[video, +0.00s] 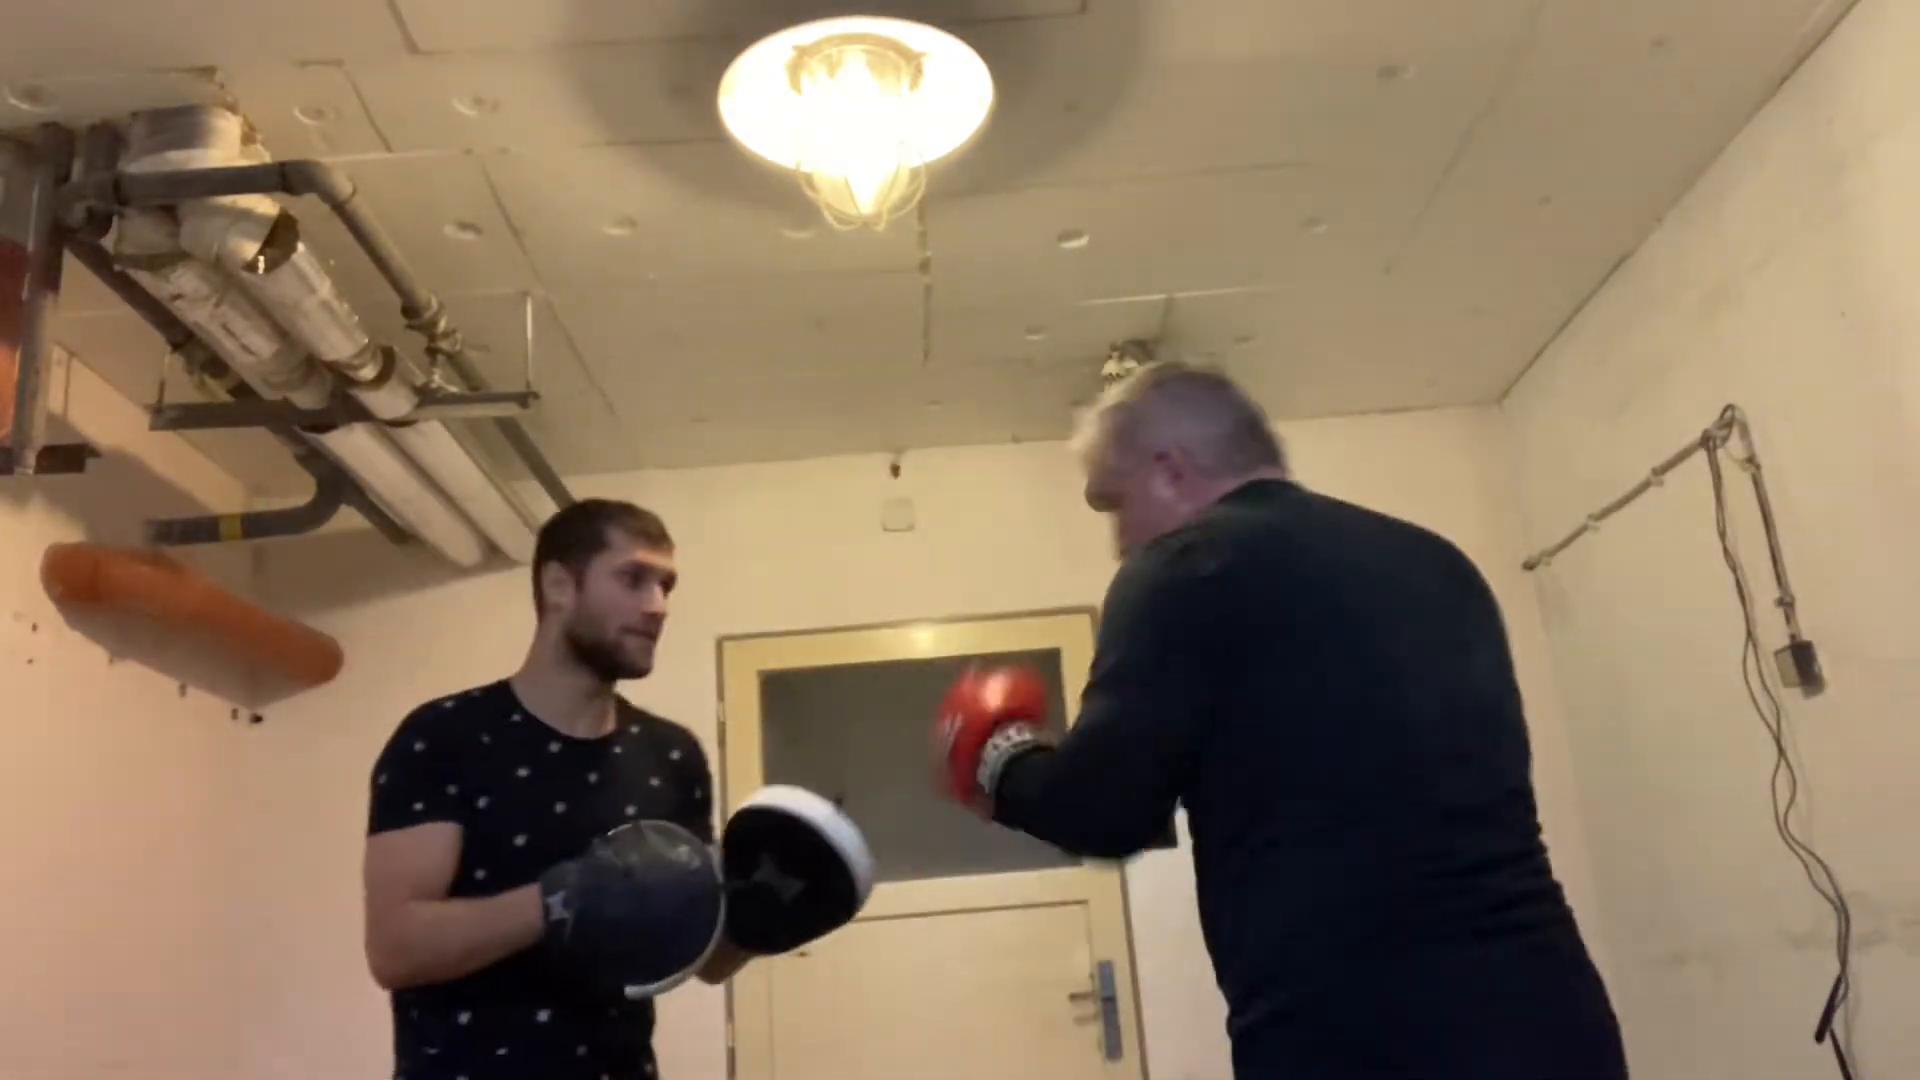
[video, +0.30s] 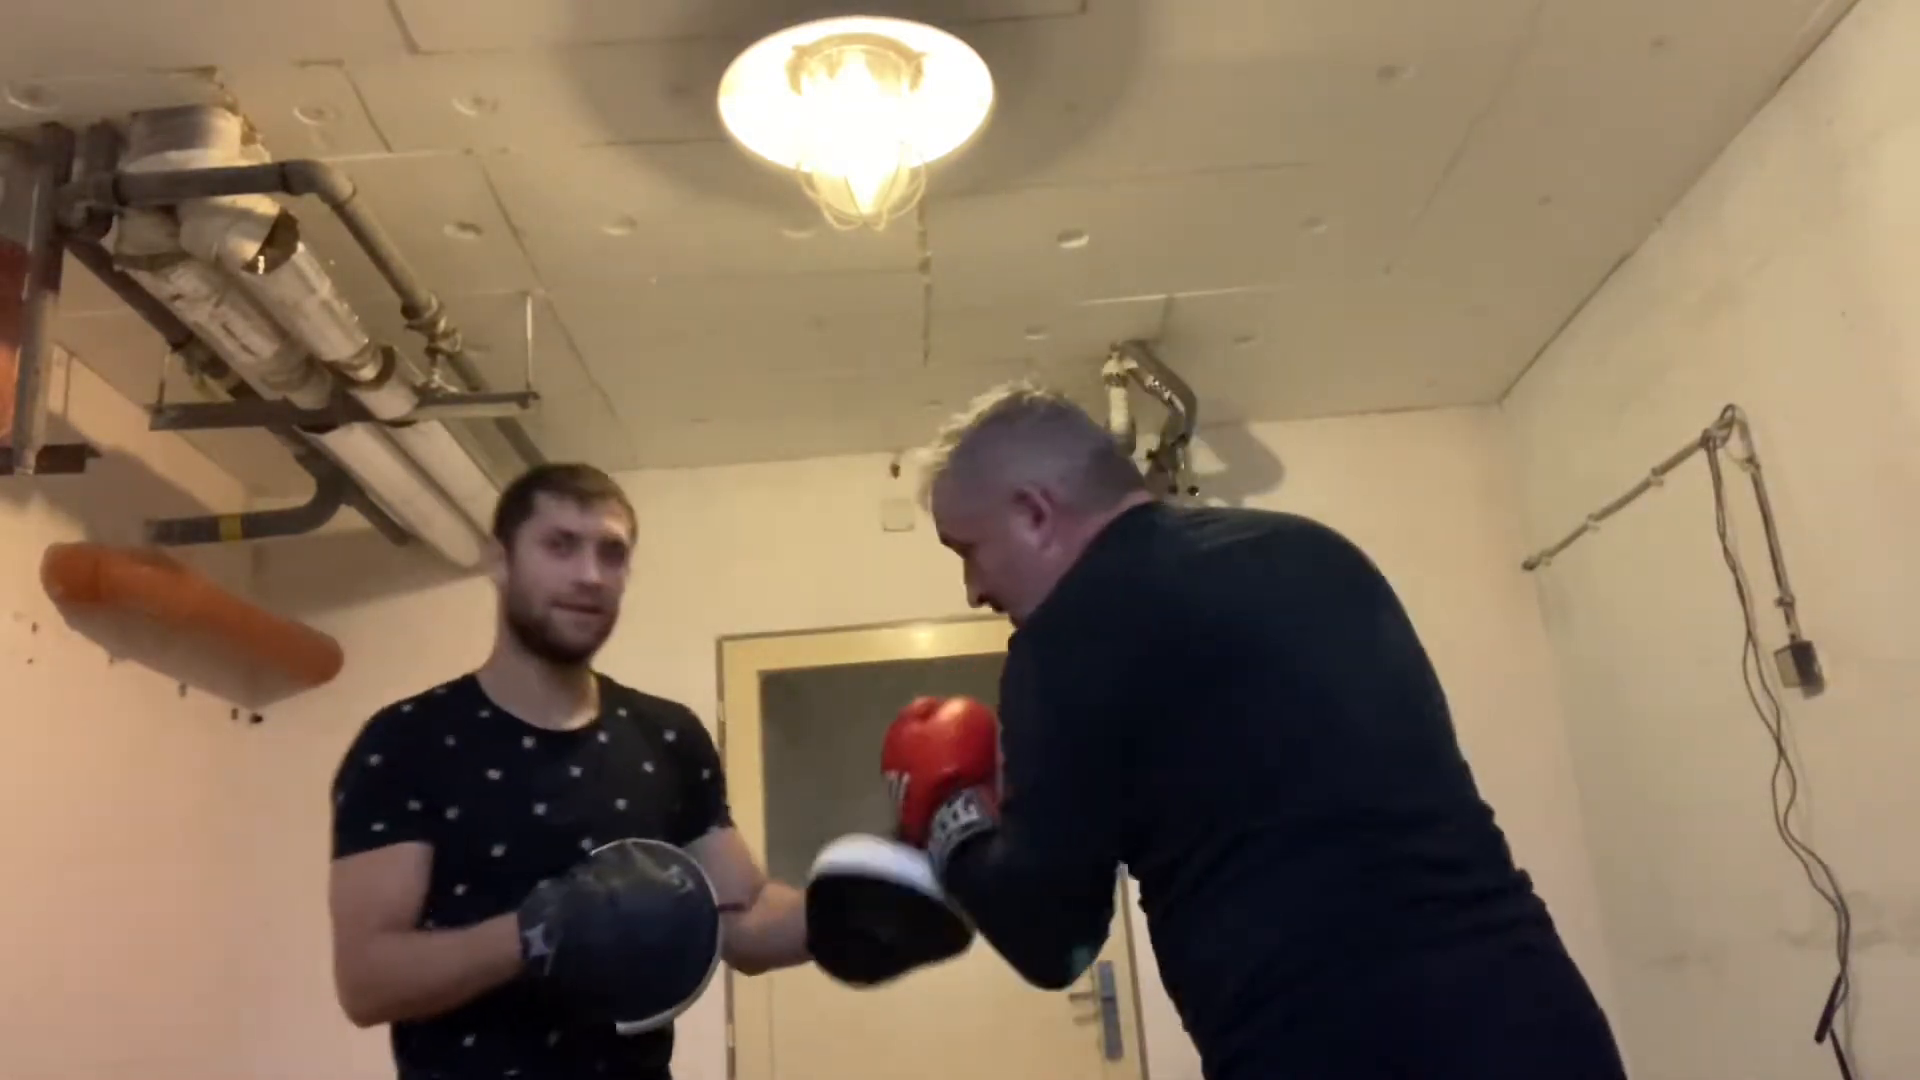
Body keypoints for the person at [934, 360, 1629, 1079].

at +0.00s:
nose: (1118, 546)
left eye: (1113, 508)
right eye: (1107, 516)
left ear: (1170, 473)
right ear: (1262, 458)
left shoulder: (1178, 577)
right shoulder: (1437, 560)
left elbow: (1112, 805)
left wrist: (999, 759)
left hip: (1331, 1030)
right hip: (1544, 1014)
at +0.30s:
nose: (974, 592)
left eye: (968, 553)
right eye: (960, 560)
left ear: (1035, 516)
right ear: (1125, 487)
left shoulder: (1068, 643)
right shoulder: (1314, 548)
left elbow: (1051, 937)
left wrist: (958, 828)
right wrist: (1045, 774)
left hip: (1313, 1046)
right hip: (1535, 1020)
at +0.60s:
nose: (1087, 535)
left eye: (1099, 493)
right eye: (1087, 500)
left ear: (1181, 478)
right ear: (1213, 479)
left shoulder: (1192, 601)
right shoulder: (1411, 580)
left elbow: (1159, 830)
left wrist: (994, 832)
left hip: (1352, 1046)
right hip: (1553, 1033)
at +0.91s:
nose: (1280, 505)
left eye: (1301, 469)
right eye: (1283, 477)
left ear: (1397, 474)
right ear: (1399, 478)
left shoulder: (1411, 585)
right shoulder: (1522, 585)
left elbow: (1439, 777)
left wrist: (1252, 782)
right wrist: (1334, 739)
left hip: (1527, 1047)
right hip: (1641, 1031)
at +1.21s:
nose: (1366, 532)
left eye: (1394, 499)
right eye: (1370, 507)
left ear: (1485, 512)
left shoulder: (1496, 617)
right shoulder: (1555, 622)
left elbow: (1470, 792)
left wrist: (1283, 786)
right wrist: (1388, 756)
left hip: (1549, 1050)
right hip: (1611, 1041)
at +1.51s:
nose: (1368, 558)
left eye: (1396, 530)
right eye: (1363, 538)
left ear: (1480, 543)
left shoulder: (1535, 640)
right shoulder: (1465, 663)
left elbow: (1657, 806)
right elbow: (1506, 857)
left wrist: (1533, 933)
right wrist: (1396, 826)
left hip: (1619, 1047)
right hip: (1553, 1048)